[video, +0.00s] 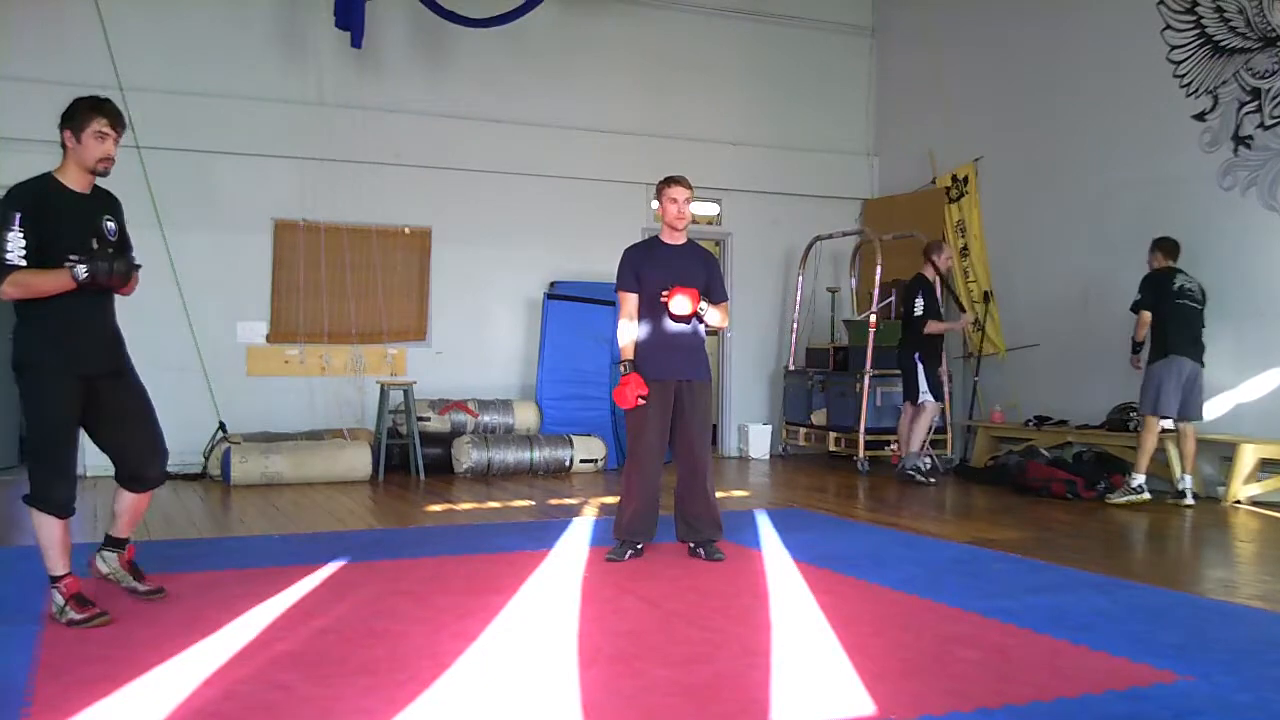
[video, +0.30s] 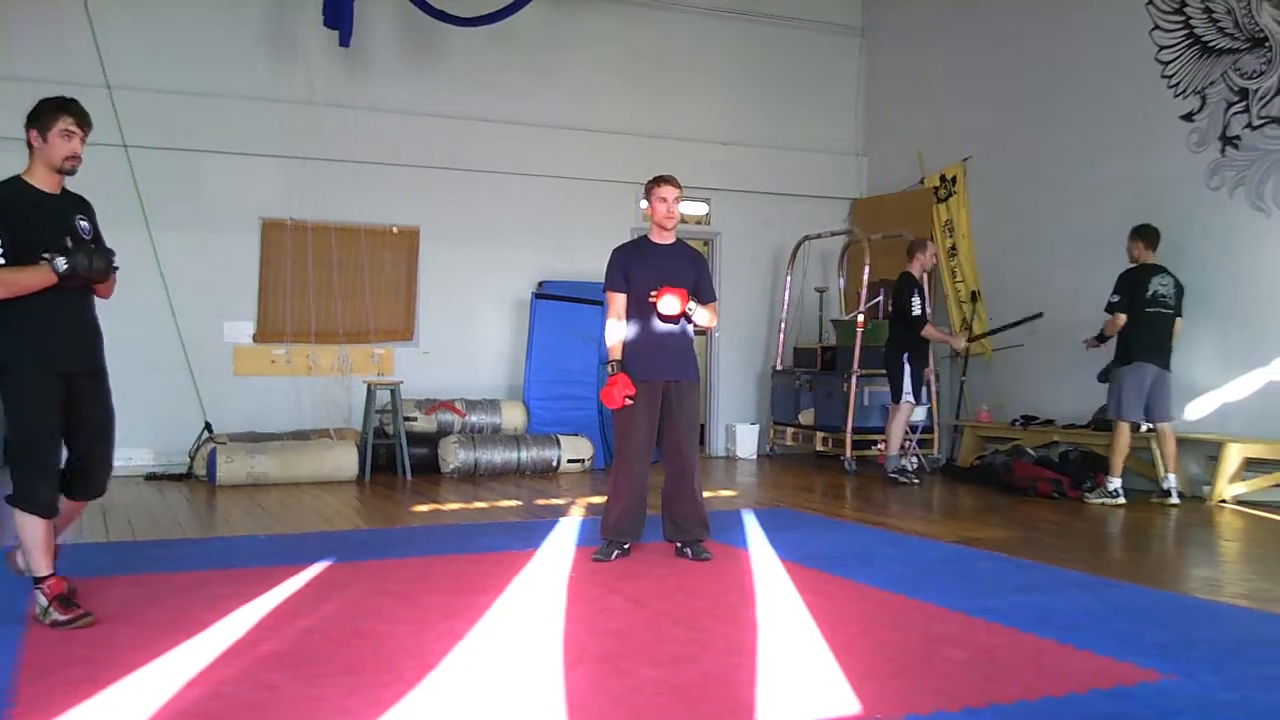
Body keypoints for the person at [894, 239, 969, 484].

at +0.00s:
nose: (951, 264)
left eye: (951, 259)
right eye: (948, 259)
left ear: (932, 259)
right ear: (933, 259)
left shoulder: (928, 284)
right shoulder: (920, 285)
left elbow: (932, 330)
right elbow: (922, 326)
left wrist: (941, 362)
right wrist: (958, 325)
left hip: (918, 353)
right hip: (917, 353)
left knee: (909, 408)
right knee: (930, 405)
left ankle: (906, 460)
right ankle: (911, 459)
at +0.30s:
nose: (934, 260)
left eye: (935, 255)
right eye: (932, 255)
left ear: (918, 257)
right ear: (919, 257)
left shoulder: (908, 282)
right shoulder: (910, 284)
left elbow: (917, 325)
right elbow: (921, 327)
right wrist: (951, 339)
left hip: (902, 352)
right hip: (905, 354)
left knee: (897, 406)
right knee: (906, 406)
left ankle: (893, 459)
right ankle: (893, 463)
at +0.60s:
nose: (905, 257)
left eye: (905, 252)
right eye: (903, 253)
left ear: (887, 255)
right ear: (891, 255)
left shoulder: (880, 280)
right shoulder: (881, 282)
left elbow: (897, 320)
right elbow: (899, 322)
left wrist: (919, 303)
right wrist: (922, 305)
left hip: (875, 350)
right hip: (877, 352)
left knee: (874, 405)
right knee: (879, 404)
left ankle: (869, 459)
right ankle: (868, 461)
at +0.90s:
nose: (936, 257)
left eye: (935, 252)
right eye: (933, 253)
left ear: (916, 256)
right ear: (921, 256)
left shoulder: (908, 281)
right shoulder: (914, 284)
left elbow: (933, 317)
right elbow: (940, 319)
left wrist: (952, 308)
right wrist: (958, 304)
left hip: (906, 350)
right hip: (911, 352)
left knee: (907, 406)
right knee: (911, 406)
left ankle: (902, 461)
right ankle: (900, 463)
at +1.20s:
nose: (936, 259)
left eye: (936, 254)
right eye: (933, 255)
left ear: (919, 258)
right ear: (920, 257)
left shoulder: (910, 284)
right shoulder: (912, 285)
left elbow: (919, 325)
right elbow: (927, 325)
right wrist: (962, 335)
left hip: (912, 353)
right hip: (912, 355)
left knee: (908, 408)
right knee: (914, 407)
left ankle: (904, 462)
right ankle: (903, 465)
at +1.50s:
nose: (975, 260)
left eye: (975, 255)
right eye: (972, 255)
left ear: (958, 256)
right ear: (959, 256)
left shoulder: (955, 284)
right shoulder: (945, 284)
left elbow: (958, 322)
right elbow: (951, 324)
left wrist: (982, 330)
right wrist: (985, 333)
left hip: (956, 351)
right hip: (947, 352)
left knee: (951, 406)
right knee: (951, 405)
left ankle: (946, 460)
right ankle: (944, 463)